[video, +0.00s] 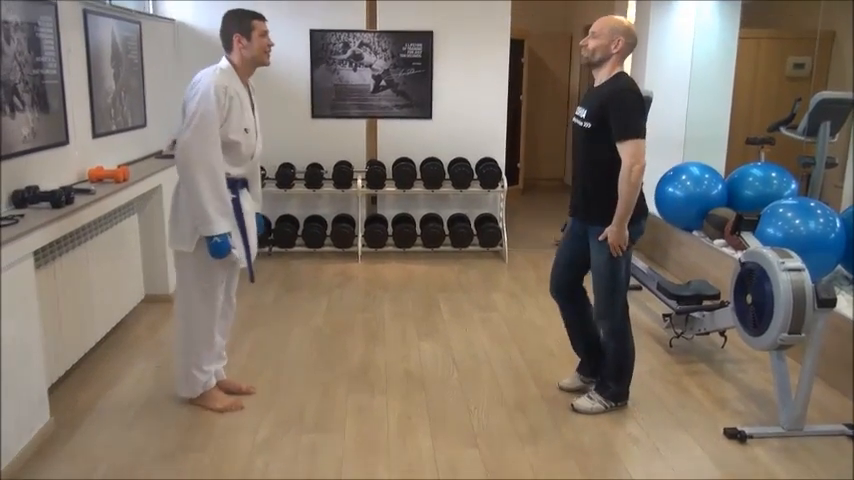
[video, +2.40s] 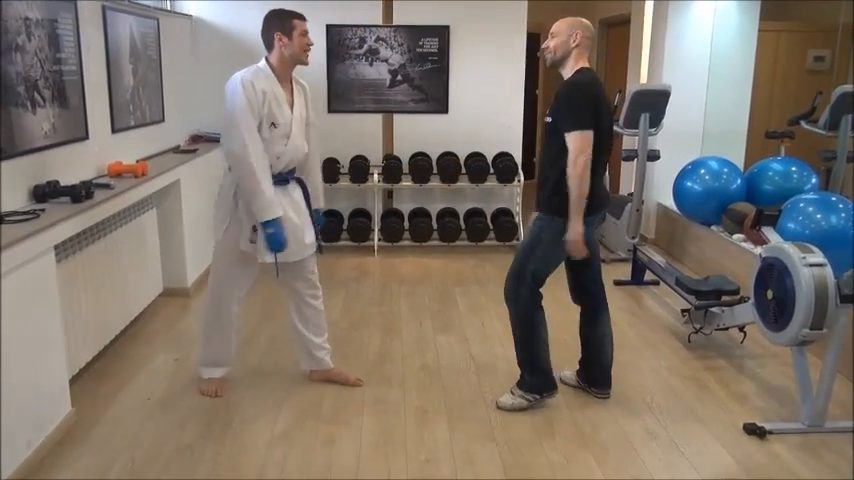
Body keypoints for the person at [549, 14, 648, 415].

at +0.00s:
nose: (584, 42)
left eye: (592, 36)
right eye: (586, 35)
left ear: (616, 45)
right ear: (611, 46)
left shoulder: (622, 93)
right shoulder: (595, 90)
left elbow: (635, 163)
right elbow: (592, 160)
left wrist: (619, 224)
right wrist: (577, 214)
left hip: (610, 222)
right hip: (583, 216)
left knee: (609, 310)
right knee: (563, 285)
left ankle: (615, 391)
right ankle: (593, 366)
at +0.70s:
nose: (550, 83)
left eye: (557, 76)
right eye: (550, 77)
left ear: (583, 75)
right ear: (576, 77)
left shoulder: (597, 120)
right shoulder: (569, 125)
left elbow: (606, 187)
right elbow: (554, 187)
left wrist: (584, 247)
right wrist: (529, 227)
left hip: (582, 247)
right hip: (560, 243)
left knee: (549, 323)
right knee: (572, 327)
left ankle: (591, 407)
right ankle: (567, 406)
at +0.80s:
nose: (542, 83)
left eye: (548, 76)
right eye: (542, 77)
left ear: (574, 76)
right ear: (569, 77)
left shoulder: (592, 120)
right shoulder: (562, 125)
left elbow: (598, 185)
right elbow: (537, 179)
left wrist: (570, 241)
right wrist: (494, 213)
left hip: (581, 244)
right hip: (564, 242)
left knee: (545, 327)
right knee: (572, 329)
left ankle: (561, 420)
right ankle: (573, 410)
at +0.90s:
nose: (533, 85)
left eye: (539, 77)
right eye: (533, 78)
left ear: (564, 77)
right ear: (557, 78)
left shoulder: (585, 119)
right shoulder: (552, 125)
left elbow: (572, 186)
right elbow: (516, 173)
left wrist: (520, 227)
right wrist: (467, 197)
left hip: (580, 243)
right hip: (563, 242)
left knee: (547, 333)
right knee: (571, 326)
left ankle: (537, 425)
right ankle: (573, 408)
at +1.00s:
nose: (521, 87)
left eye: (527, 80)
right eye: (521, 80)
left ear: (553, 81)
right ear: (548, 82)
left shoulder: (574, 123)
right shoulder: (544, 123)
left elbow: (531, 183)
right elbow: (504, 166)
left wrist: (470, 204)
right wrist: (456, 186)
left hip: (580, 243)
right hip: (563, 241)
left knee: (549, 334)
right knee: (569, 325)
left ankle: (535, 424)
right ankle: (573, 406)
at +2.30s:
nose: (542, 39)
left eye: (550, 32)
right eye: (545, 33)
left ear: (575, 37)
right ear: (574, 39)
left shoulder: (575, 86)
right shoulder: (581, 84)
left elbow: (557, 154)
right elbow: (545, 148)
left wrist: (518, 207)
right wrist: (501, 176)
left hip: (562, 212)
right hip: (580, 209)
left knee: (530, 295)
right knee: (583, 293)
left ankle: (540, 388)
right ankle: (594, 375)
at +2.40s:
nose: (544, 44)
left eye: (552, 36)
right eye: (546, 37)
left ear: (577, 40)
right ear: (575, 43)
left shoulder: (576, 88)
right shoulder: (588, 86)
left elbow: (580, 159)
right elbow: (595, 155)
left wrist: (576, 223)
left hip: (562, 212)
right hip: (580, 210)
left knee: (519, 287)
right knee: (591, 297)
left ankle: (536, 383)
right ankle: (596, 378)